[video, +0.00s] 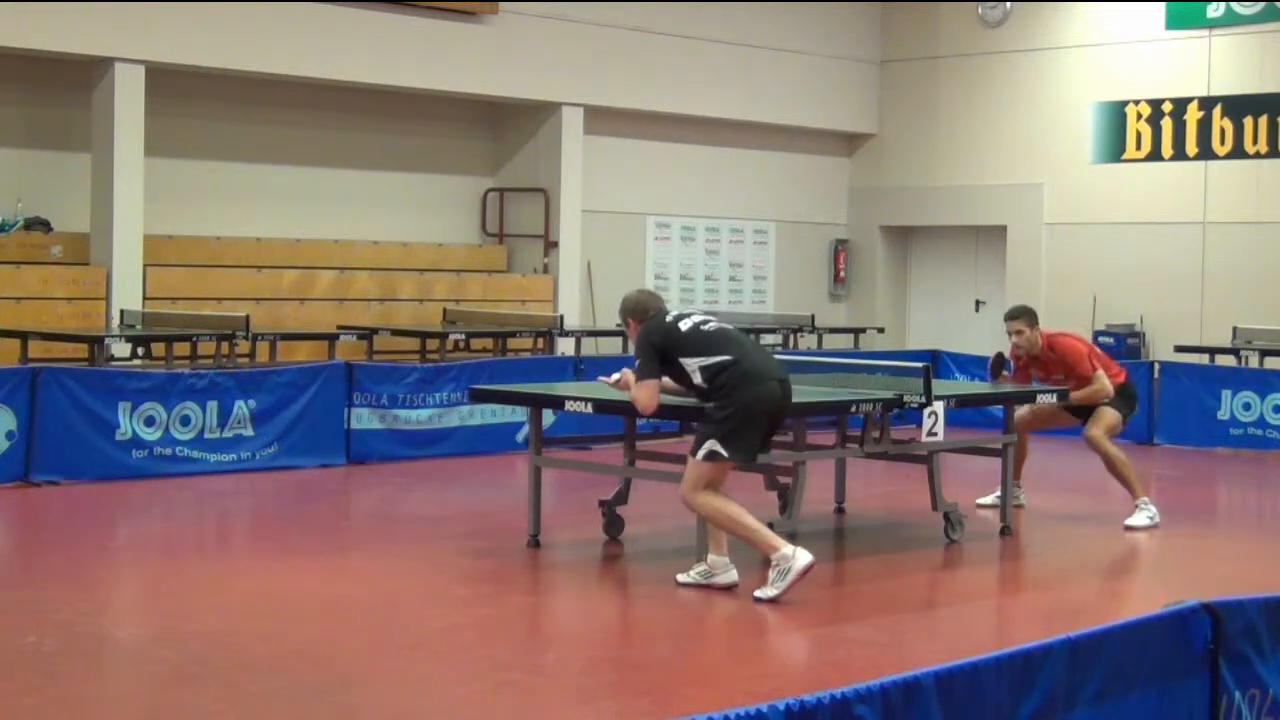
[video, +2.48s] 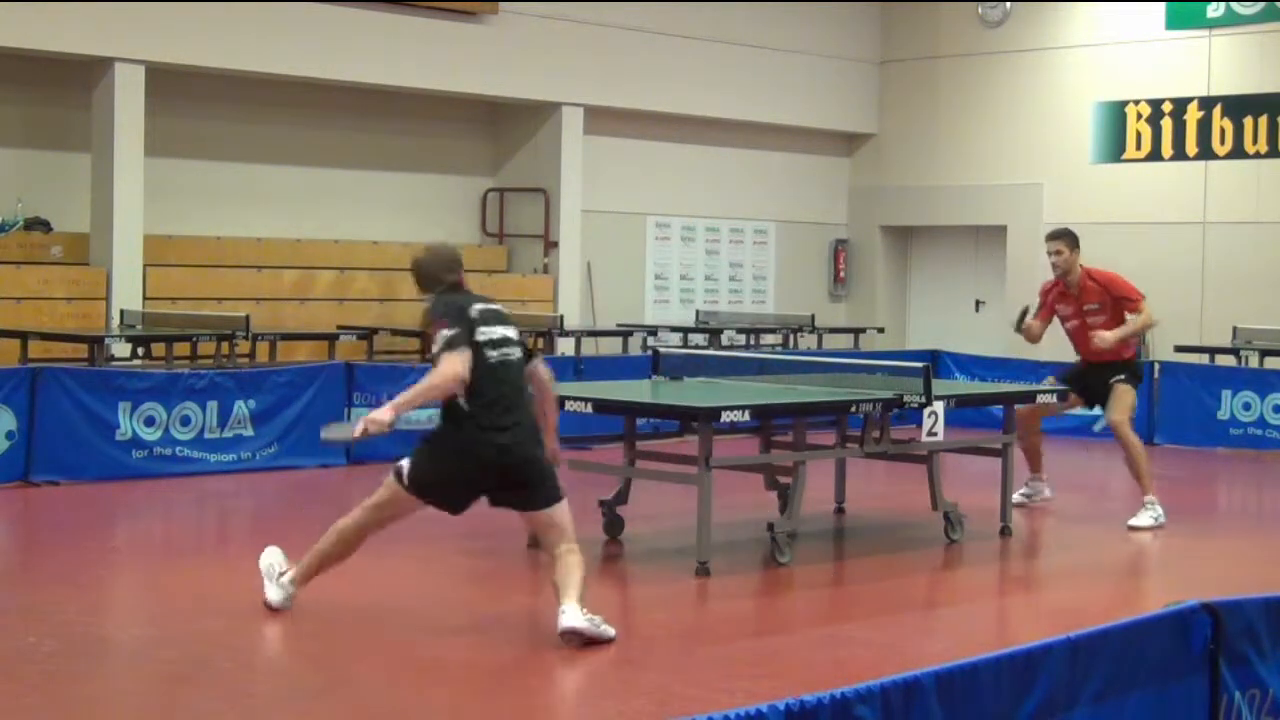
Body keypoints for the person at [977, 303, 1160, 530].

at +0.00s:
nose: (1014, 340)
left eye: (1019, 333)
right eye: (1010, 334)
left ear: (1036, 331)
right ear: (1008, 335)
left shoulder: (1066, 347)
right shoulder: (1021, 353)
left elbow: (1105, 389)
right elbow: (1021, 392)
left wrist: (1063, 399)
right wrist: (1001, 379)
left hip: (1118, 393)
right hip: (1080, 397)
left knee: (1094, 434)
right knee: (1018, 421)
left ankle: (1144, 505)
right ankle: (1012, 490)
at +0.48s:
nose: (1012, 341)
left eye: (1017, 334)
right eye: (1008, 336)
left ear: (1034, 332)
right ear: (1006, 336)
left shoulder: (1065, 348)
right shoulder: (1017, 355)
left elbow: (1106, 389)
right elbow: (1019, 393)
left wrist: (1060, 406)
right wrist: (999, 381)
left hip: (1116, 393)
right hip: (1078, 397)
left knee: (1095, 435)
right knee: (1016, 422)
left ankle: (1144, 505)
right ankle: (1011, 489)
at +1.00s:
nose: (1012, 325)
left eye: (1017, 318)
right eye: (1008, 319)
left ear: (1034, 317)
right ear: (1005, 321)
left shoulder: (1064, 335)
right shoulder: (1015, 342)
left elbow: (1106, 376)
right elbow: (1017, 387)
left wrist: (1062, 397)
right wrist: (998, 371)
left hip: (1111, 389)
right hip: (1074, 394)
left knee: (1095, 434)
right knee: (1013, 421)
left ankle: (1144, 506)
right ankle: (1011, 490)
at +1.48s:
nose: (986, 282)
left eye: (992, 275)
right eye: (983, 277)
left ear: (1009, 275)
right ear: (983, 280)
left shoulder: (1039, 300)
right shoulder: (990, 310)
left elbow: (1078, 345)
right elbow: (979, 353)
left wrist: (1033, 365)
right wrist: (958, 352)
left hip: (1074, 372)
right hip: (1040, 376)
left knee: (1083, 432)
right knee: (977, 424)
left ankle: (1139, 500)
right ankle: (938, 484)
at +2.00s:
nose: (1022, 281)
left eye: (1025, 274)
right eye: (1020, 275)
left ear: (1043, 269)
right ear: (1039, 271)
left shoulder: (1076, 290)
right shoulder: (1052, 308)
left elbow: (1112, 322)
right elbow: (1041, 352)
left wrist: (1077, 350)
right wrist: (997, 345)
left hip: (1099, 386)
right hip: (1072, 388)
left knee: (1083, 454)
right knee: (1002, 422)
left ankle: (1144, 503)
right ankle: (994, 486)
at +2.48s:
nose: (1052, 260)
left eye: (1058, 254)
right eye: (1049, 255)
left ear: (1075, 253)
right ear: (1049, 258)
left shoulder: (1106, 281)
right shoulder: (1051, 292)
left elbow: (1146, 317)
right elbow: (1035, 335)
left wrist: (1115, 335)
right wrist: (1024, 327)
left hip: (1121, 368)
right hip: (1087, 369)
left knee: (1118, 421)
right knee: (1026, 414)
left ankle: (1151, 504)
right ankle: (1037, 484)